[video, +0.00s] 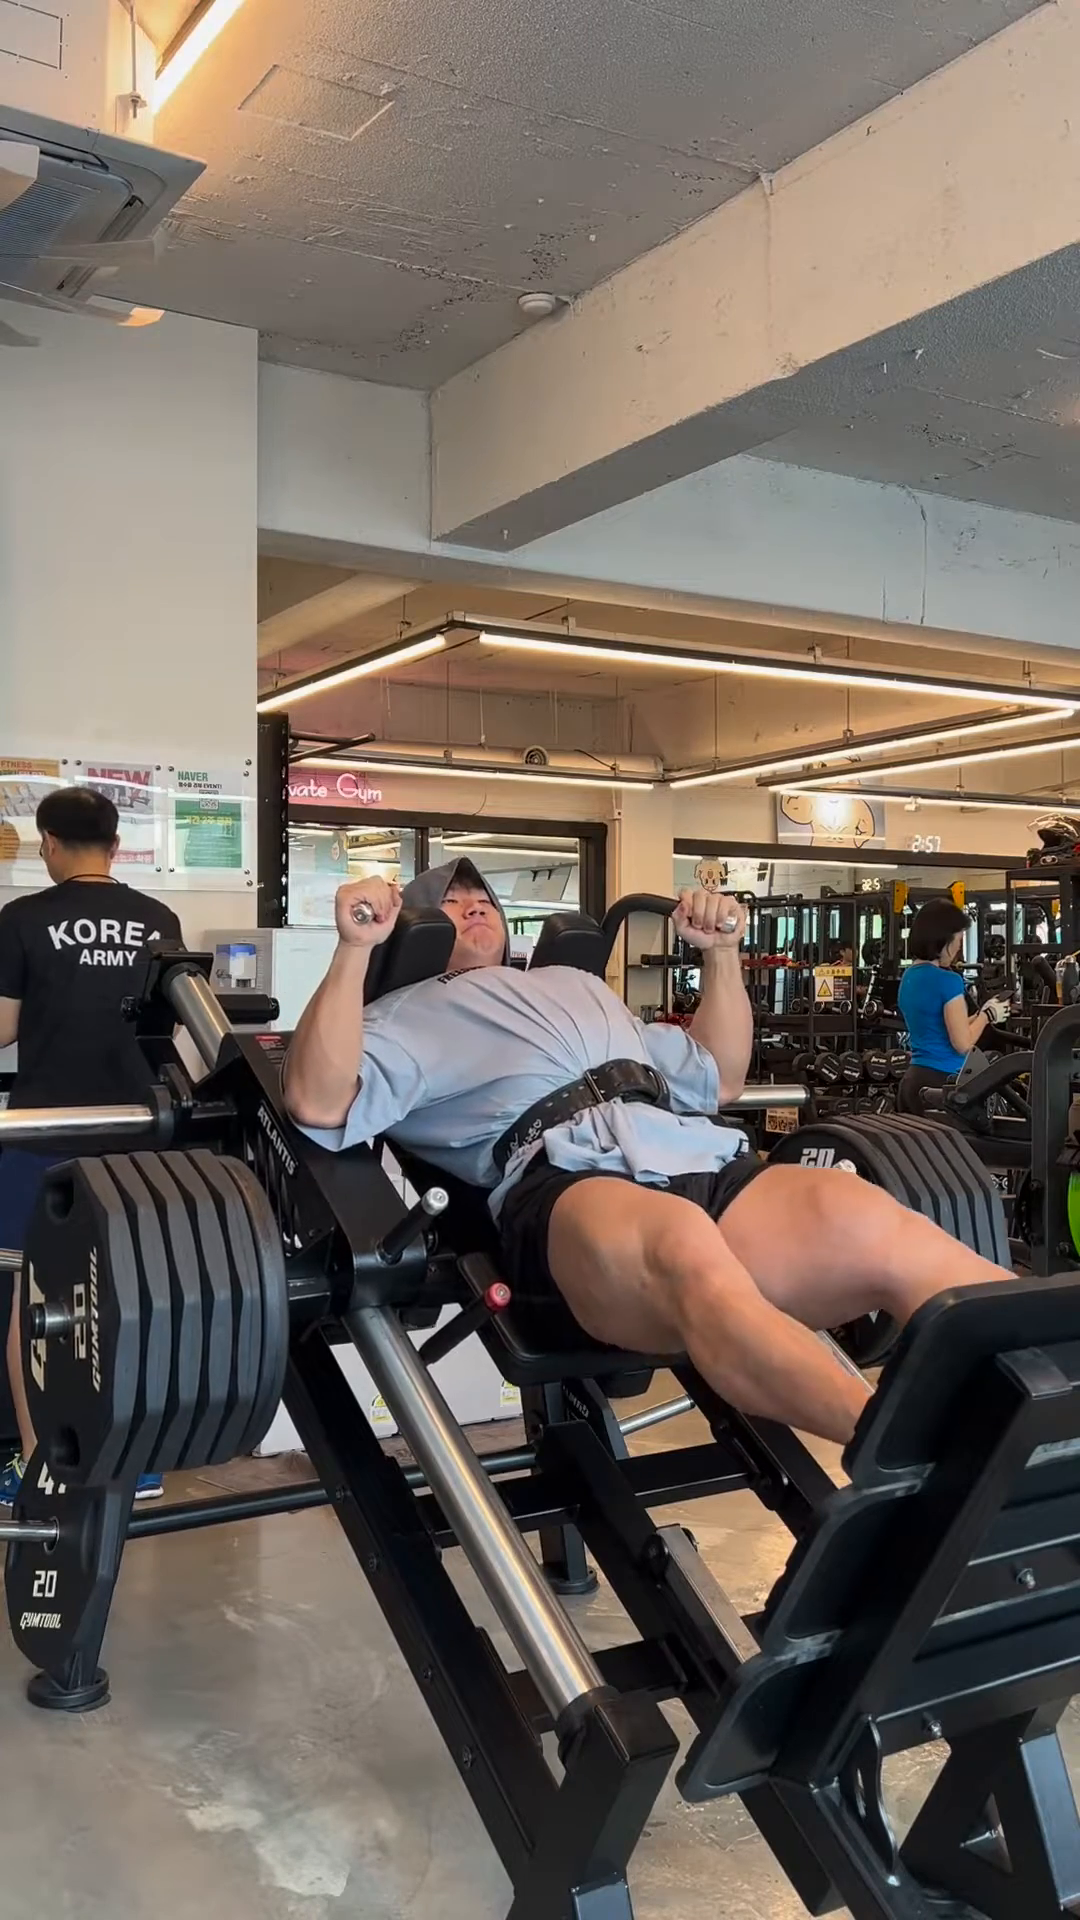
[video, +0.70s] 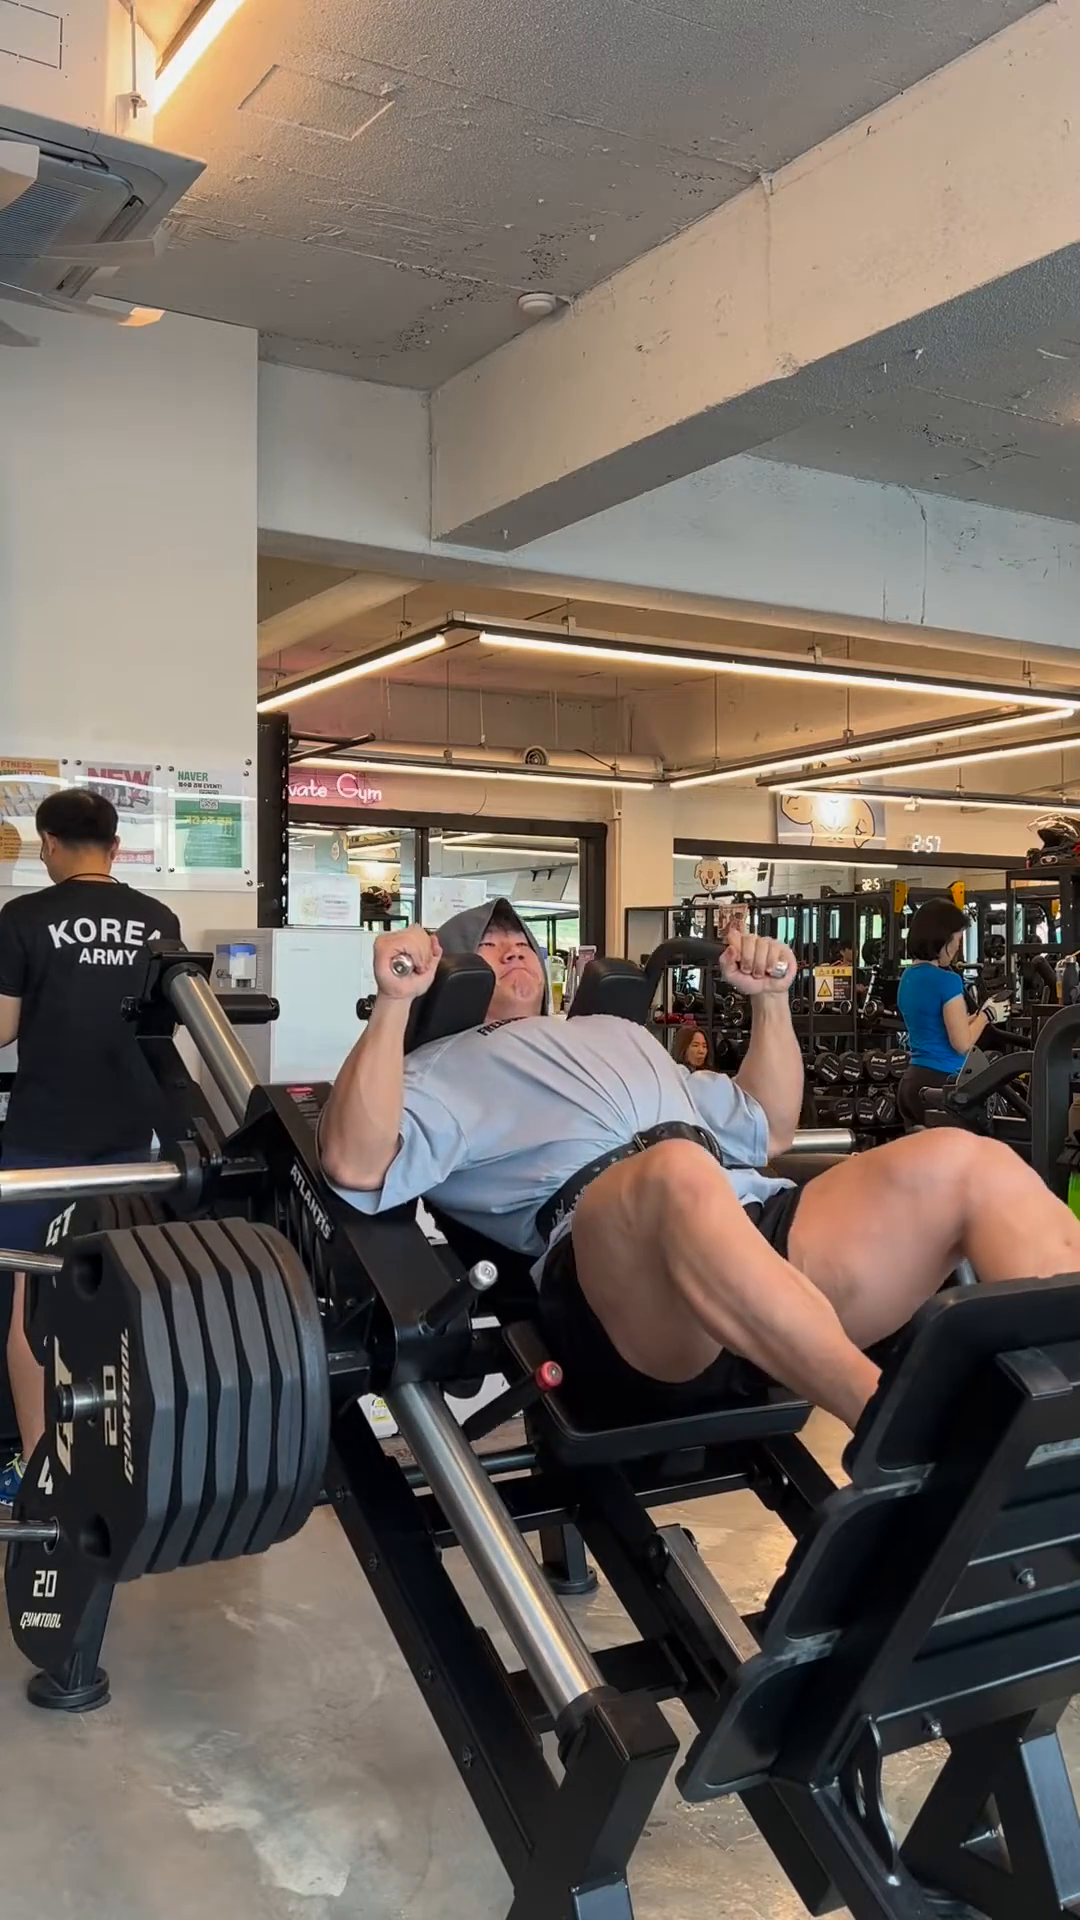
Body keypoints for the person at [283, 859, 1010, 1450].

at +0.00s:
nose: (469, 901)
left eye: (479, 893)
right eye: (448, 897)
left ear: (506, 920)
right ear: (422, 934)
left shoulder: (577, 986)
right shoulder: (408, 1014)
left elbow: (714, 1076)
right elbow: (316, 1103)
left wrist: (721, 955)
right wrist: (351, 953)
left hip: (697, 1161)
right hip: (562, 1182)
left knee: (869, 1217)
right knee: (691, 1262)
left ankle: (1063, 1351)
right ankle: (900, 1440)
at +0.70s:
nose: (514, 961)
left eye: (523, 949)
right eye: (491, 956)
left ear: (548, 969)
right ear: (459, 992)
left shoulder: (619, 1038)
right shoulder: (445, 1071)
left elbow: (767, 1126)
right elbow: (354, 1166)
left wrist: (768, 1001)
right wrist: (392, 1007)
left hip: (765, 1244)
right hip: (613, 1298)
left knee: (969, 1167)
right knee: (674, 1173)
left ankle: (1073, 1390)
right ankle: (898, 1427)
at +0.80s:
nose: (516, 957)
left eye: (527, 948)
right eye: (492, 952)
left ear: (554, 977)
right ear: (462, 996)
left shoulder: (630, 1050)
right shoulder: (452, 1080)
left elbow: (774, 1137)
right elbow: (360, 1176)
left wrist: (778, 1012)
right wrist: (400, 1013)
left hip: (776, 1264)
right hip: (626, 1321)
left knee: (976, 1161)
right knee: (674, 1170)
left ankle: (1071, 1392)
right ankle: (895, 1428)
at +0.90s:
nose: (524, 969)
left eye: (532, 959)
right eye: (500, 965)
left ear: (559, 984)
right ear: (472, 1007)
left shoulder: (637, 1059)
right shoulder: (459, 1092)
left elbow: (783, 1148)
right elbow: (368, 1189)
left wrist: (789, 1020)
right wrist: (408, 1023)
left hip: (790, 1283)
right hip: (641, 1342)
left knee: (979, 1154)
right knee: (671, 1170)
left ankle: (1078, 1380)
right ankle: (892, 1420)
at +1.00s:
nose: (529, 976)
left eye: (539, 967)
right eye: (506, 972)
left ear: (566, 996)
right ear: (476, 1019)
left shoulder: (648, 1069)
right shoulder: (466, 1104)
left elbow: (794, 1158)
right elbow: (376, 1202)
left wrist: (796, 1027)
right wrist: (416, 1036)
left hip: (801, 1294)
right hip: (653, 1356)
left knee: (988, 1154)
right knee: (670, 1167)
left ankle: (1073, 1388)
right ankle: (888, 1419)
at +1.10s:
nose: (540, 984)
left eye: (547, 973)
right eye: (516, 978)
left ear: (571, 1003)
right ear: (477, 1024)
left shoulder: (654, 1078)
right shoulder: (470, 1115)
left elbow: (804, 1170)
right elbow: (383, 1216)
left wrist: (806, 1035)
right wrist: (424, 1047)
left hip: (813, 1307)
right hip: (663, 1370)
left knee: (995, 1153)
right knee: (671, 1166)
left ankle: (1068, 1391)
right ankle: (886, 1412)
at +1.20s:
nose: (544, 997)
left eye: (555, 985)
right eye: (521, 987)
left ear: (581, 1013)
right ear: (483, 1026)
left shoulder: (663, 1090)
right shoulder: (478, 1127)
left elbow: (817, 1178)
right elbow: (389, 1227)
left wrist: (816, 1046)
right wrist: (434, 1059)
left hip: (818, 1322)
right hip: (672, 1389)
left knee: (997, 1151)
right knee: (667, 1164)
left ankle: (1068, 1391)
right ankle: (893, 1415)